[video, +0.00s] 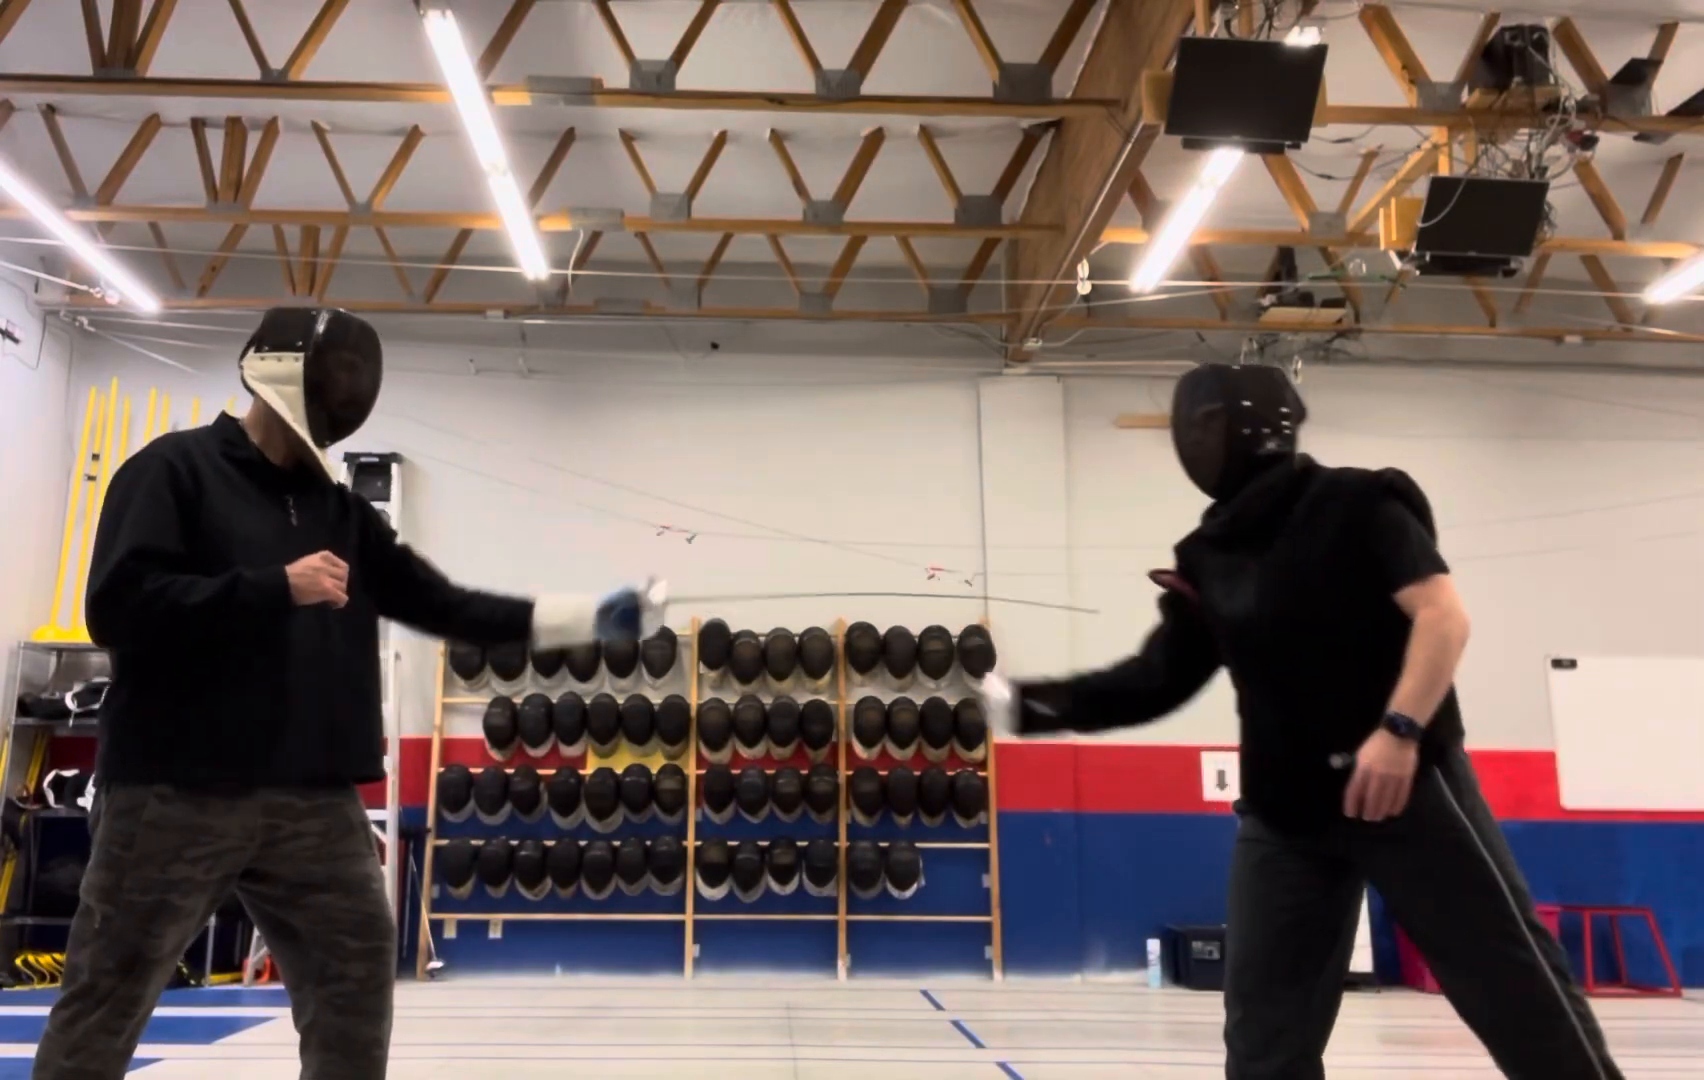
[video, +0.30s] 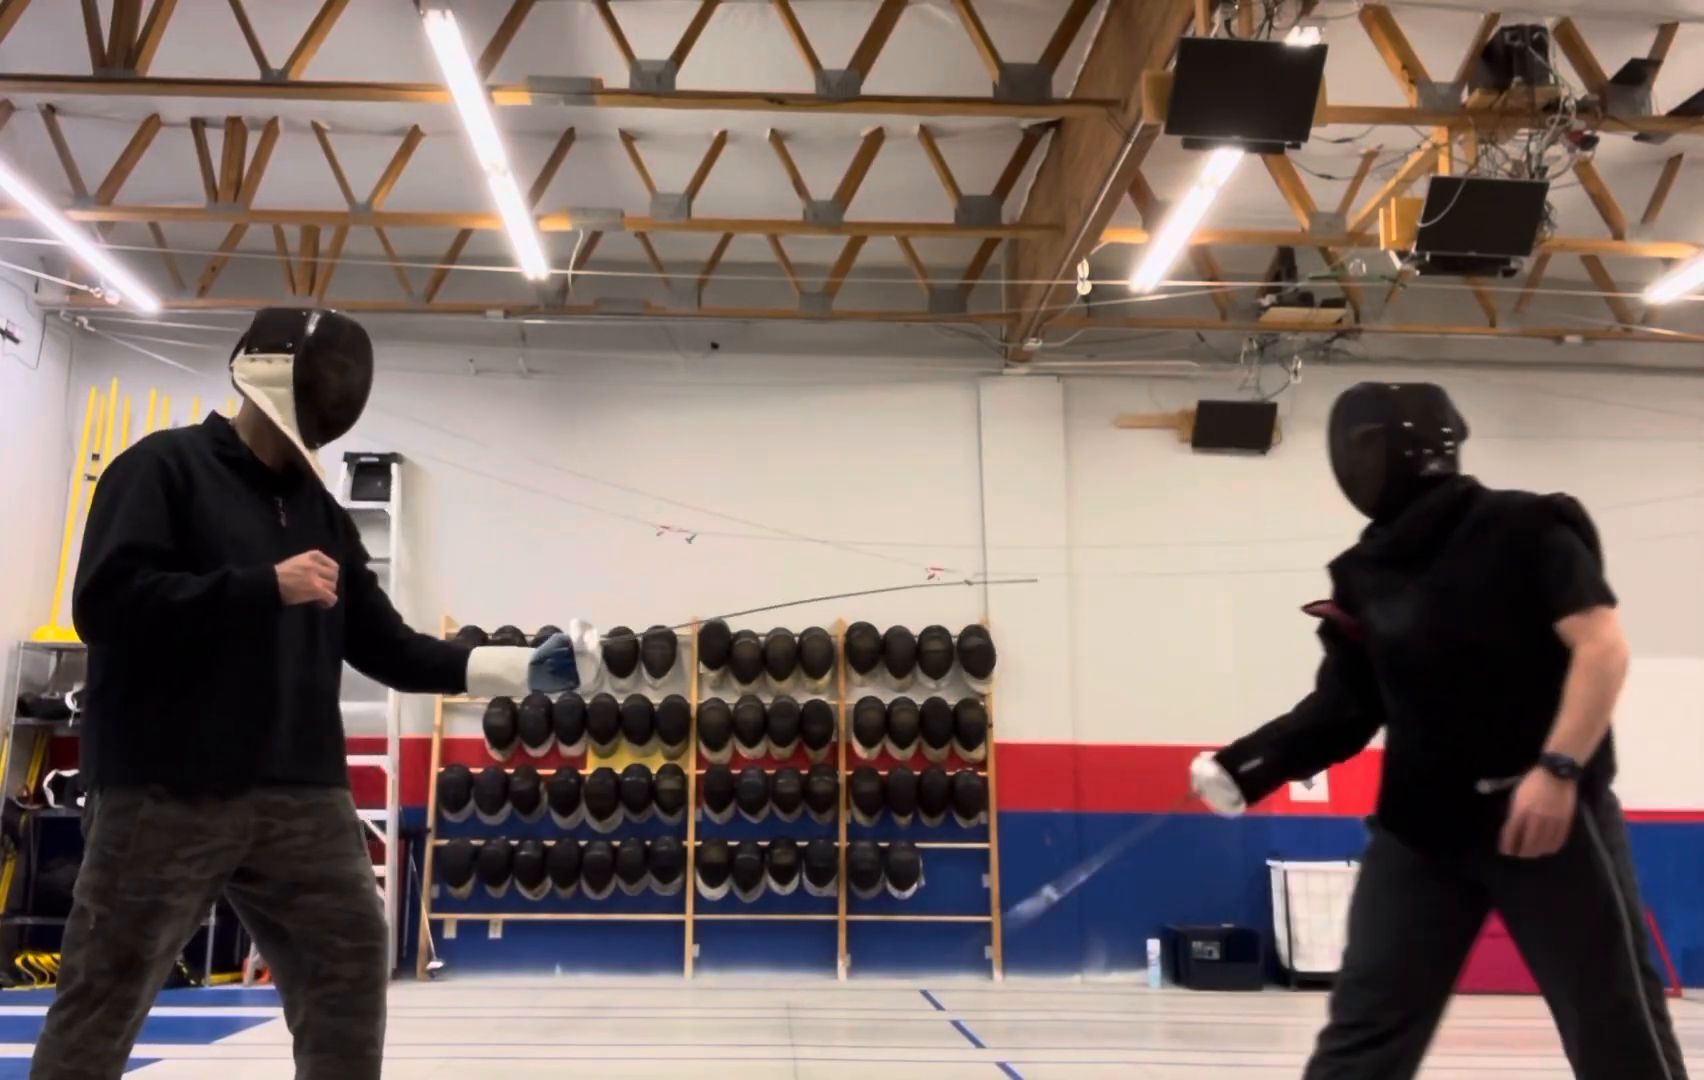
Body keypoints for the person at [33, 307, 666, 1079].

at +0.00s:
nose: (327, 435)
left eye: (338, 418)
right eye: (317, 413)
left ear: (342, 407)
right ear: (273, 387)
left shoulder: (337, 511)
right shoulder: (165, 474)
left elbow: (441, 606)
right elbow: (117, 604)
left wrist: (585, 623)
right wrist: (273, 586)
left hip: (310, 803)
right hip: (172, 796)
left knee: (353, 996)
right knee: (102, 1008)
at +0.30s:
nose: (334, 406)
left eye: (341, 395)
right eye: (317, 386)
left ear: (343, 407)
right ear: (260, 372)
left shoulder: (318, 512)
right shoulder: (155, 470)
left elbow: (380, 643)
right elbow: (106, 602)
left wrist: (492, 663)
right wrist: (266, 584)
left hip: (298, 797)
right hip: (162, 794)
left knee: (348, 971)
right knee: (102, 1001)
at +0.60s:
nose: (310, 417)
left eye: (324, 403)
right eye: (302, 392)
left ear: (332, 405)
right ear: (258, 371)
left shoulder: (323, 510)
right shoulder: (152, 471)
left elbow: (404, 631)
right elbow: (105, 607)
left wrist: (537, 648)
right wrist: (263, 587)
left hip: (303, 798)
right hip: (166, 793)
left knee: (349, 976)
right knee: (103, 1003)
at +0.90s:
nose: (330, 401)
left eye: (340, 387)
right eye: (319, 378)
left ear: (335, 397)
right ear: (266, 368)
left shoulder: (326, 508)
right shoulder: (158, 471)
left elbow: (410, 627)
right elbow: (112, 607)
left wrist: (549, 643)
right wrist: (270, 587)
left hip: (307, 798)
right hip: (170, 793)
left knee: (351, 970)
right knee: (105, 1001)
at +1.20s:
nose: (323, 418)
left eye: (334, 401)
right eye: (313, 392)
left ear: (337, 401)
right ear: (265, 373)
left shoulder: (326, 507)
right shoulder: (162, 470)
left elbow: (406, 632)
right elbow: (115, 606)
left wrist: (545, 629)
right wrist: (272, 589)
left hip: (307, 799)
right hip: (170, 793)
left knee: (351, 977)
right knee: (103, 1002)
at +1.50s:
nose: (323, 416)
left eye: (335, 400)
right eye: (315, 390)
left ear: (336, 402)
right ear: (267, 374)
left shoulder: (327, 507)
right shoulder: (161, 469)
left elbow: (410, 624)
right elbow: (111, 603)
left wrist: (556, 634)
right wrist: (268, 589)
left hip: (305, 794)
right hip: (168, 788)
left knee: (349, 973)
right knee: (103, 996)